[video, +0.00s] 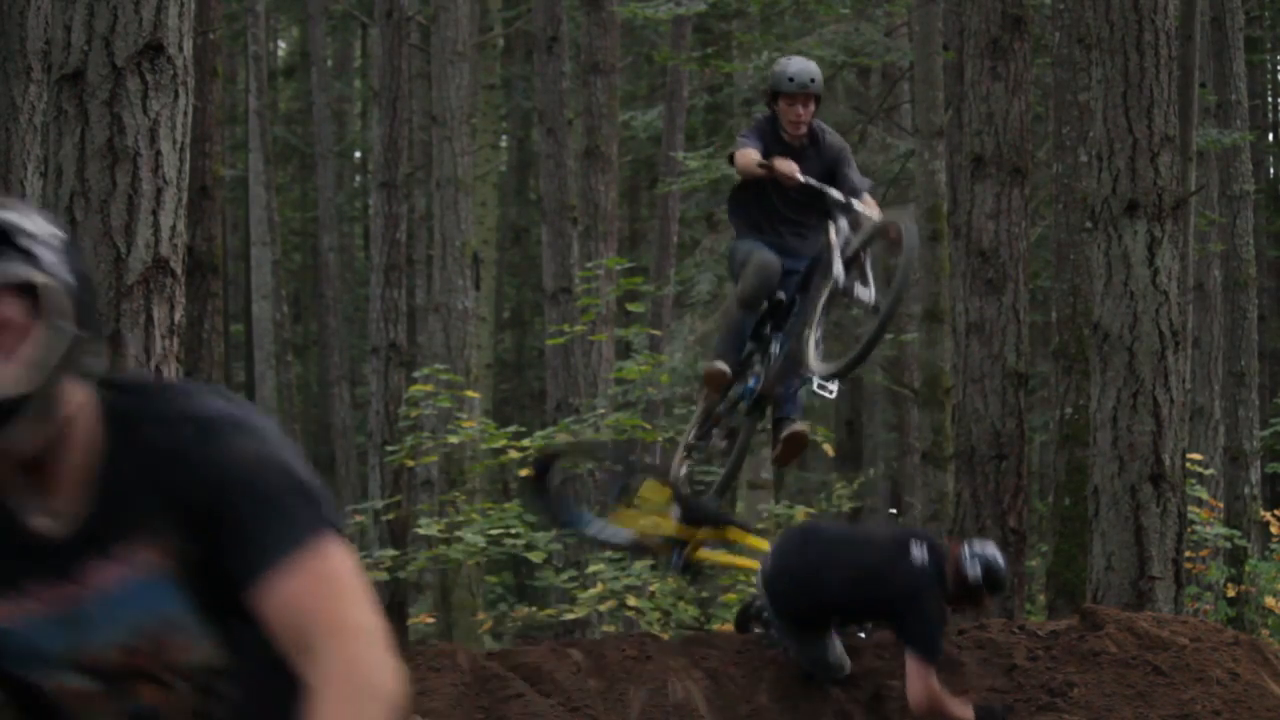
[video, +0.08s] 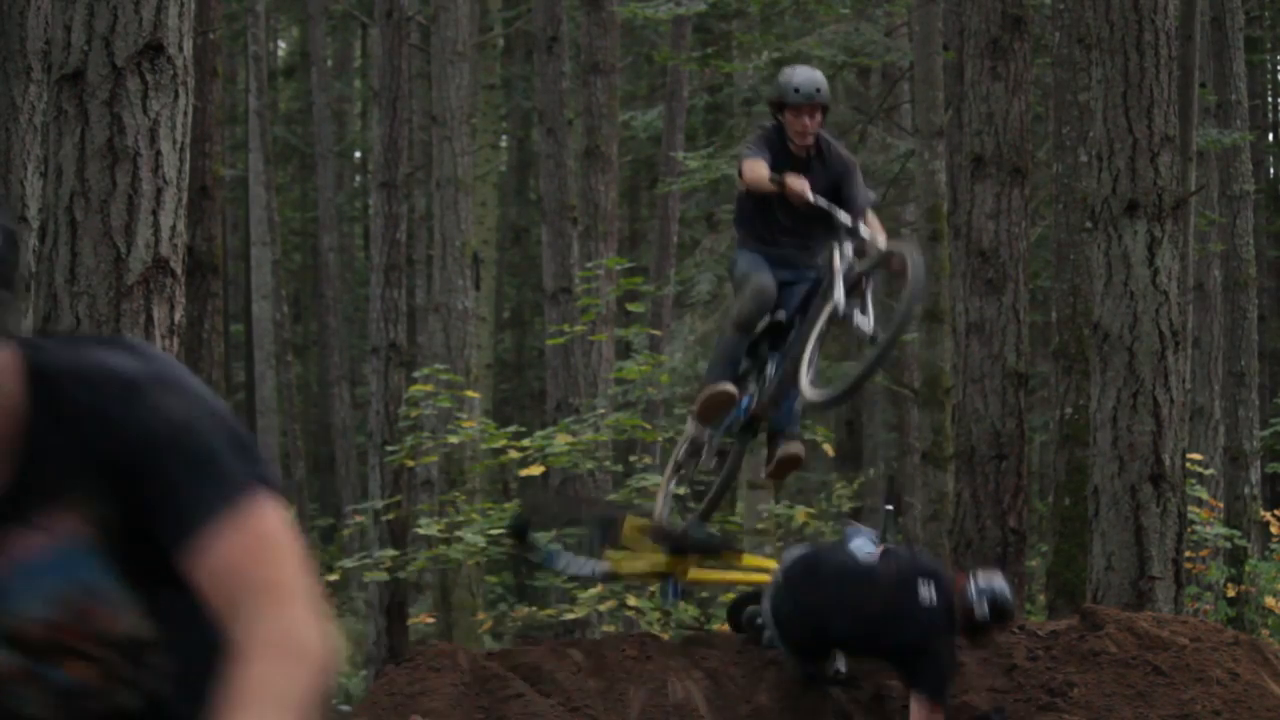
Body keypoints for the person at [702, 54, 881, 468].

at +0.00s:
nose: (799, 111)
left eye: (806, 103)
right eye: (791, 103)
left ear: (816, 105)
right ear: (775, 103)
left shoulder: (831, 147)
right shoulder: (760, 130)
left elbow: (861, 197)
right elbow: (742, 161)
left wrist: (879, 226)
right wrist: (771, 166)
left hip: (805, 254)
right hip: (755, 243)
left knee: (797, 335)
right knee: (765, 267)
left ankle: (789, 426)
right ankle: (725, 361)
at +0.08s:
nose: (806, 123)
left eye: (814, 114)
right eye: (798, 114)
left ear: (824, 116)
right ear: (780, 113)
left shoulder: (839, 162)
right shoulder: (764, 143)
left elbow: (865, 215)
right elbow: (750, 175)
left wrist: (881, 252)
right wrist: (782, 183)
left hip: (805, 267)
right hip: (756, 256)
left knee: (796, 350)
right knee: (760, 292)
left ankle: (784, 441)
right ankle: (720, 385)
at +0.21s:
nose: (825, 151)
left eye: (833, 143)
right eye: (817, 141)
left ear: (844, 145)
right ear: (800, 140)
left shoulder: (854, 194)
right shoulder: (779, 171)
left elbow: (869, 261)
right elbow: (760, 208)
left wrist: (876, 319)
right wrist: (781, 231)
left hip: (810, 298)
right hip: (759, 285)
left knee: (793, 390)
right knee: (752, 340)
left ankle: (775, 488)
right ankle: (725, 430)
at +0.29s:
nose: (841, 172)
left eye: (848, 163)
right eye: (832, 161)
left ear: (858, 164)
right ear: (813, 158)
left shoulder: (862, 213)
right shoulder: (788, 187)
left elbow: (871, 281)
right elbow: (764, 230)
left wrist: (878, 336)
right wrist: (774, 268)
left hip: (815, 313)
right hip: (766, 299)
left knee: (794, 406)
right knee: (760, 361)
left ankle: (766, 509)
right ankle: (730, 446)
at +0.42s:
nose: (873, 227)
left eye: (879, 218)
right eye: (864, 216)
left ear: (884, 218)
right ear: (838, 211)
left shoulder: (882, 263)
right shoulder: (804, 243)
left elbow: (899, 331)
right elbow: (783, 286)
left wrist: (917, 386)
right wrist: (795, 320)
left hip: (817, 362)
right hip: (774, 342)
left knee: (794, 470)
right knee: (774, 410)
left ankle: (753, 576)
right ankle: (729, 501)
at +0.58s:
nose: (916, 332)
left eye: (925, 324)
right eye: (909, 319)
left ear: (930, 328)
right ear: (885, 310)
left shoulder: (915, 377)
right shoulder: (847, 334)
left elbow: (920, 456)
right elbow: (816, 388)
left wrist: (928, 529)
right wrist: (825, 438)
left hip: (824, 458)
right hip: (784, 431)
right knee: (788, 509)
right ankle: (751, 596)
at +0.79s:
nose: (972, 491)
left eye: (983, 488)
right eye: (971, 476)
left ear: (987, 497)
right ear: (952, 461)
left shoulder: (950, 540)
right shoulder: (903, 476)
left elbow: (934, 627)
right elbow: (847, 524)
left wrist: (922, 710)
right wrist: (825, 597)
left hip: (836, 563)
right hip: (801, 520)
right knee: (781, 610)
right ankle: (717, 698)